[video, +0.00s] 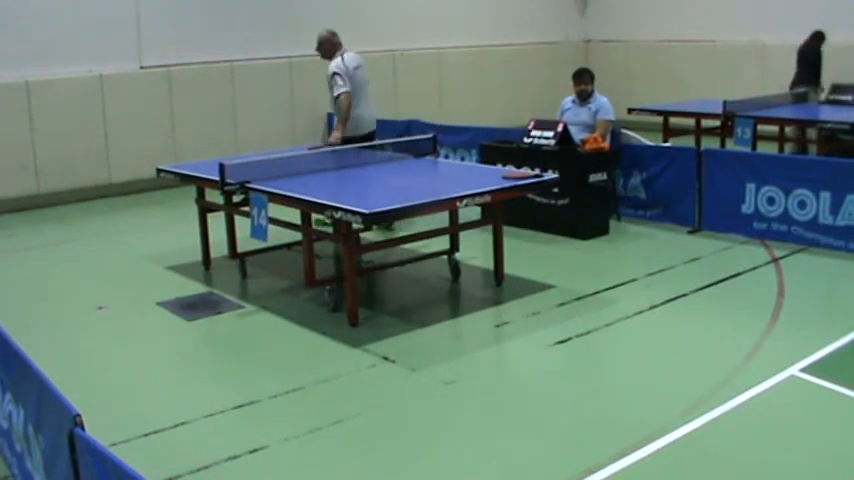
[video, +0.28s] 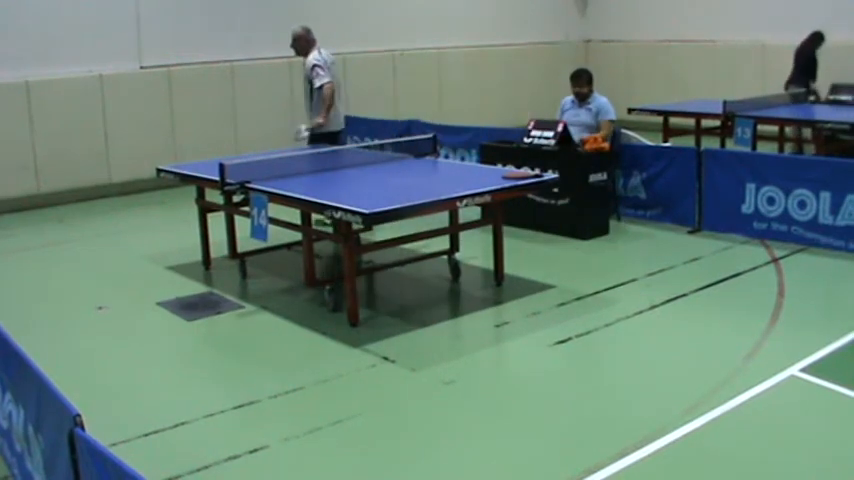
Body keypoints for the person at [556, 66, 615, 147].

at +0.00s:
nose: (582, 88)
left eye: (586, 84)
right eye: (578, 85)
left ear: (592, 85)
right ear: (573, 86)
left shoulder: (602, 103)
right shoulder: (566, 103)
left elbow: (601, 135)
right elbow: (560, 127)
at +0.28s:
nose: (577, 90)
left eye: (581, 87)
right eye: (574, 87)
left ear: (590, 87)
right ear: (571, 87)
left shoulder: (602, 103)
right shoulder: (566, 103)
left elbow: (606, 132)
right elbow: (559, 125)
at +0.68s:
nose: (574, 91)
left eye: (578, 87)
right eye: (572, 87)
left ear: (588, 87)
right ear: (568, 87)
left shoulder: (601, 104)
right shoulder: (565, 103)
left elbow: (601, 133)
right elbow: (560, 126)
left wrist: (583, 134)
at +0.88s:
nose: (571, 92)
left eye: (574, 88)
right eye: (569, 89)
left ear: (586, 87)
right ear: (566, 88)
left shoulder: (600, 103)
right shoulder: (566, 102)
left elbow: (602, 132)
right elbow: (559, 125)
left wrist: (583, 131)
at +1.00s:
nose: (569, 93)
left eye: (572, 89)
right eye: (567, 90)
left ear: (584, 88)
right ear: (565, 89)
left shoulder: (600, 103)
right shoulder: (565, 102)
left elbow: (602, 132)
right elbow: (556, 124)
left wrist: (581, 127)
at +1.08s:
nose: (568, 93)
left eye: (571, 89)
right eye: (567, 90)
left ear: (583, 87)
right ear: (565, 89)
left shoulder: (600, 102)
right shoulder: (565, 102)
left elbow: (600, 130)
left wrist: (578, 122)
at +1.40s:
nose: (563, 94)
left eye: (566, 90)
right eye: (562, 91)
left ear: (577, 88)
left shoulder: (597, 100)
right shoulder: (562, 102)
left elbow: (596, 124)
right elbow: (554, 120)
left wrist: (571, 119)